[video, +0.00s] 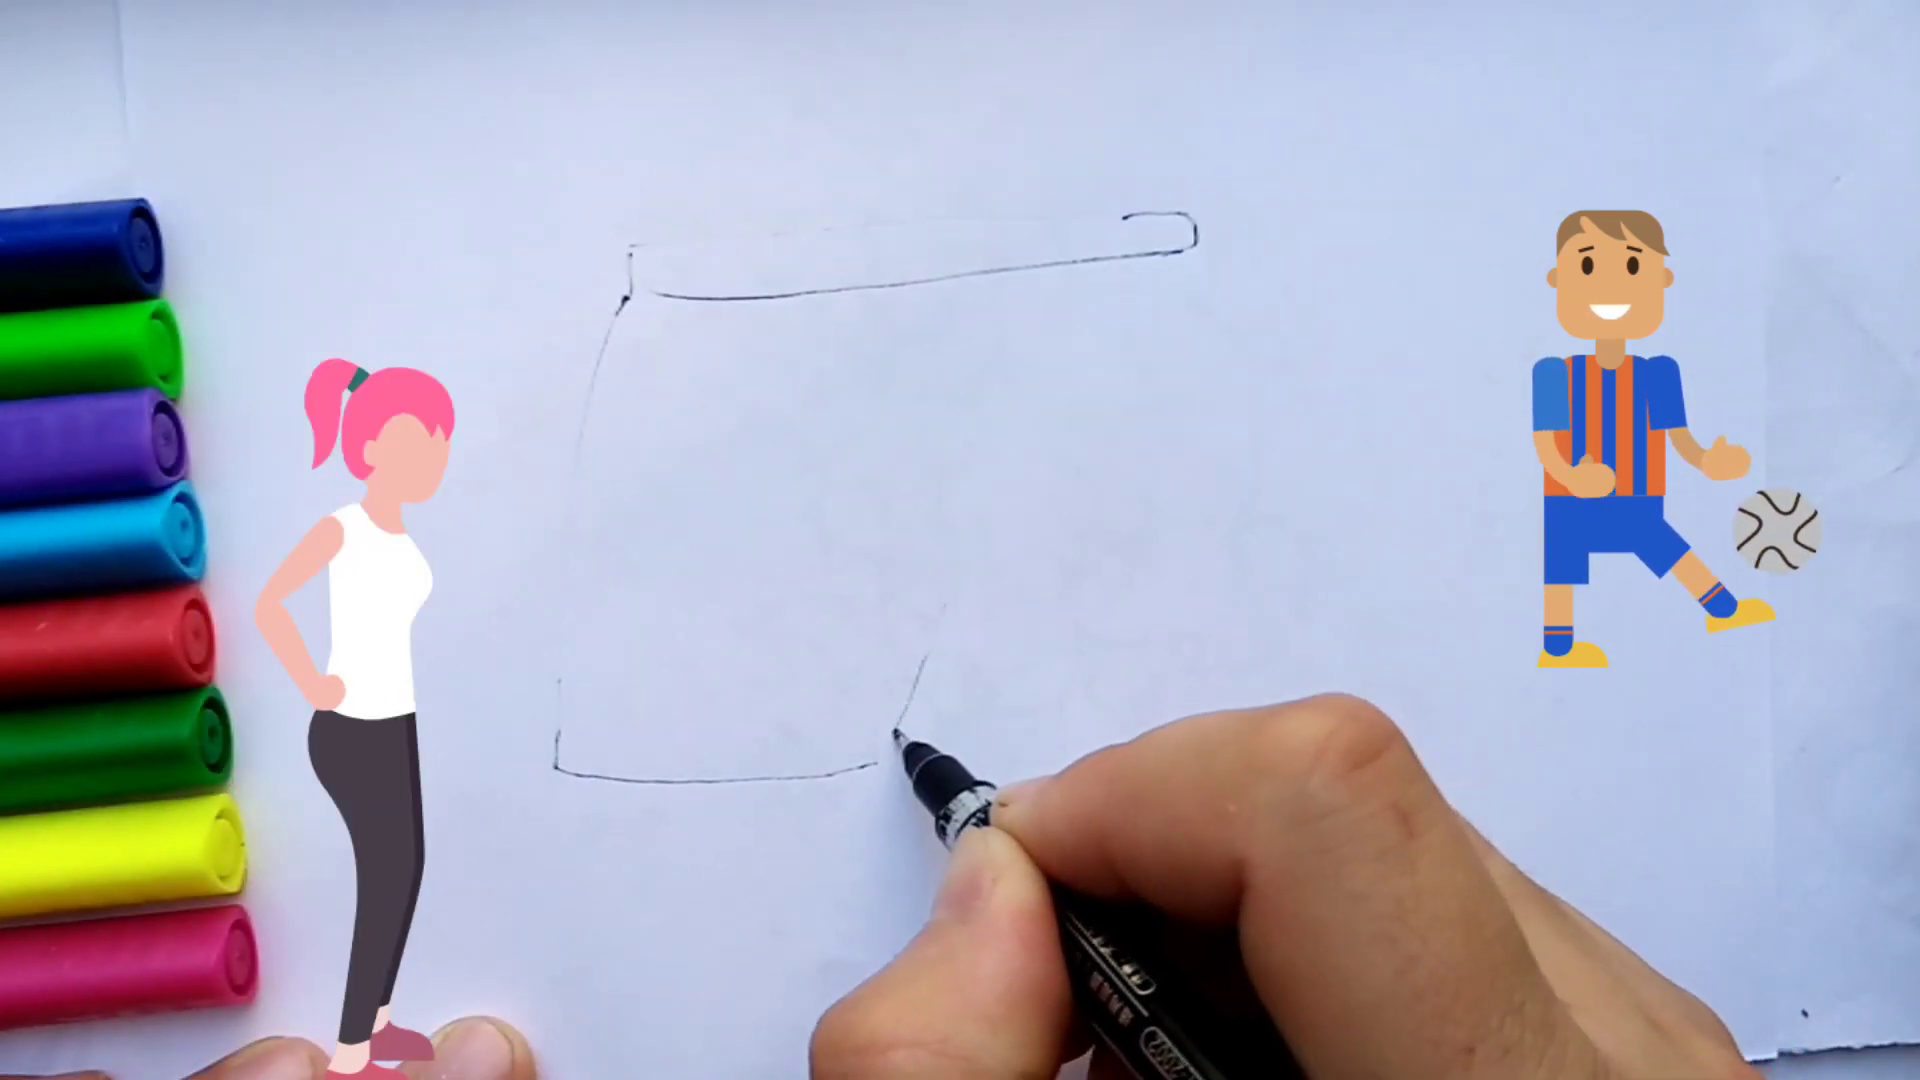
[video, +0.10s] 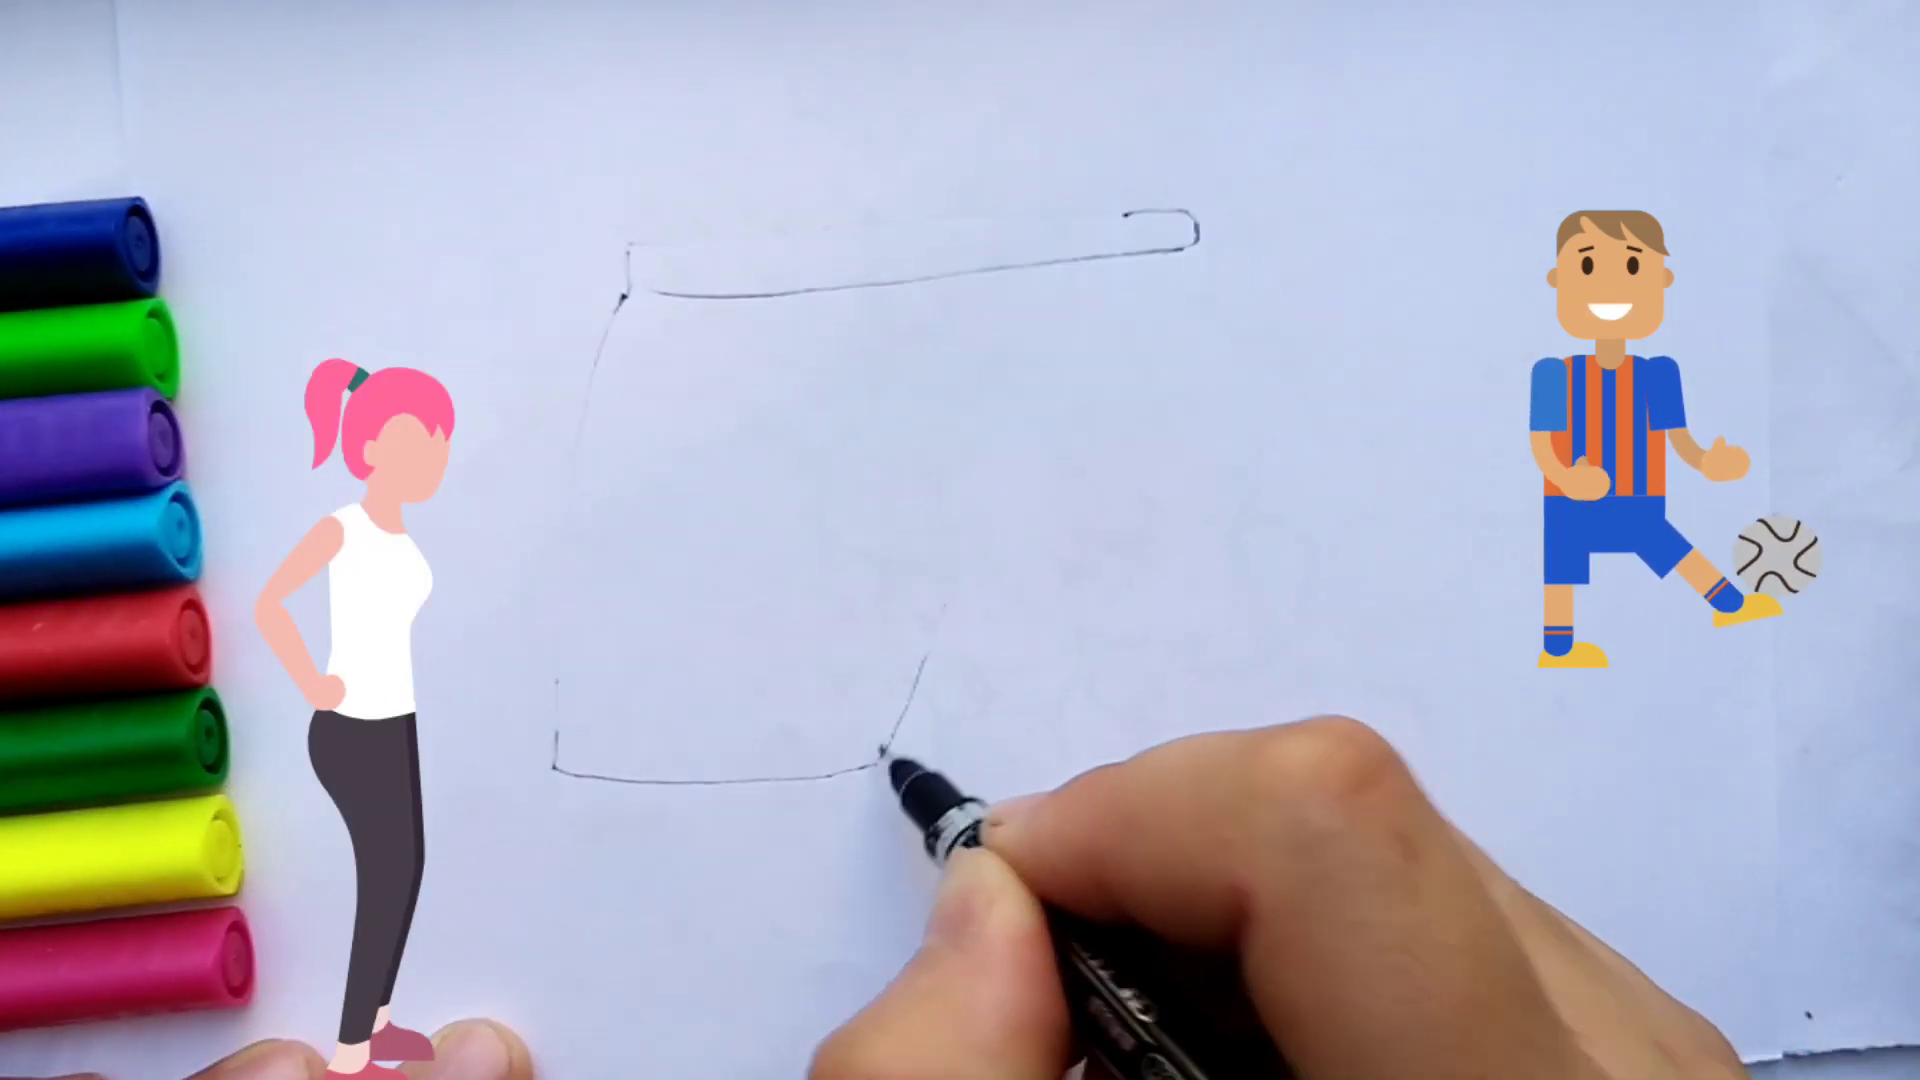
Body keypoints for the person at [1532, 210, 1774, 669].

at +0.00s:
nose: (1610, 287)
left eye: (1631, 267)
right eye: (1589, 267)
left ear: (1661, 283)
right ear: (1561, 284)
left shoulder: (1657, 373)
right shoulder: (1555, 374)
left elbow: (1681, 436)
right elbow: (1546, 440)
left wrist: (1708, 462)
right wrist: (1570, 477)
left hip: (1633, 505)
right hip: (1569, 507)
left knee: (1671, 552)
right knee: (1561, 572)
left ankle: (1722, 607)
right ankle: (1557, 646)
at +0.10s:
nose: (1610, 287)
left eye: (1631, 267)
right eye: (1590, 267)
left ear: (1661, 283)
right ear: (1560, 283)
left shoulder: (1657, 374)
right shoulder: (1555, 375)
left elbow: (1680, 437)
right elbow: (1542, 443)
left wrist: (1708, 462)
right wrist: (1567, 479)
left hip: (1634, 505)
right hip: (1570, 507)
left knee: (1675, 550)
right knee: (1560, 572)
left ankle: (1729, 602)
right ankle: (1557, 646)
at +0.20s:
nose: (1610, 287)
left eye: (1631, 267)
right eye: (1589, 267)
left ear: (1661, 283)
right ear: (1561, 283)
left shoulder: (1656, 373)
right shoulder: (1556, 373)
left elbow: (1680, 435)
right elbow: (1547, 441)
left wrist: (1707, 461)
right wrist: (1571, 477)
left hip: (1633, 503)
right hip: (1571, 505)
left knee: (1668, 549)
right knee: (1561, 570)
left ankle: (1720, 606)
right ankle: (1557, 644)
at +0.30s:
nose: (1611, 288)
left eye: (1632, 267)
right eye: (1589, 266)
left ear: (1657, 280)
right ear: (1561, 282)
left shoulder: (1656, 373)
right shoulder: (1558, 374)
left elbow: (1679, 434)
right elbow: (1549, 439)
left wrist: (1707, 460)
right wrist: (1575, 474)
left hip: (1632, 504)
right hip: (1572, 505)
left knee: (1668, 552)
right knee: (1563, 568)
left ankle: (1715, 611)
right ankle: (1558, 643)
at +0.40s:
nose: (1610, 288)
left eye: (1631, 267)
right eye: (1588, 266)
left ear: (1654, 281)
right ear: (1564, 279)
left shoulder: (1655, 373)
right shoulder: (1559, 372)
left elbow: (1677, 430)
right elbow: (1553, 438)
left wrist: (1706, 459)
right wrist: (1580, 471)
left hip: (1633, 503)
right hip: (1572, 504)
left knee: (1664, 554)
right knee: (1562, 568)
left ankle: (1709, 615)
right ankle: (1558, 644)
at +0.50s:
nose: (1610, 288)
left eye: (1632, 267)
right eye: (1588, 266)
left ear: (1656, 280)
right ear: (1564, 278)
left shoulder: (1655, 374)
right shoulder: (1558, 374)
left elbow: (1680, 433)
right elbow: (1552, 439)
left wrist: (1710, 460)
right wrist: (1578, 474)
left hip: (1633, 505)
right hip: (1572, 505)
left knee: (1667, 553)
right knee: (1563, 570)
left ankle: (1712, 613)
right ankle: (1558, 644)